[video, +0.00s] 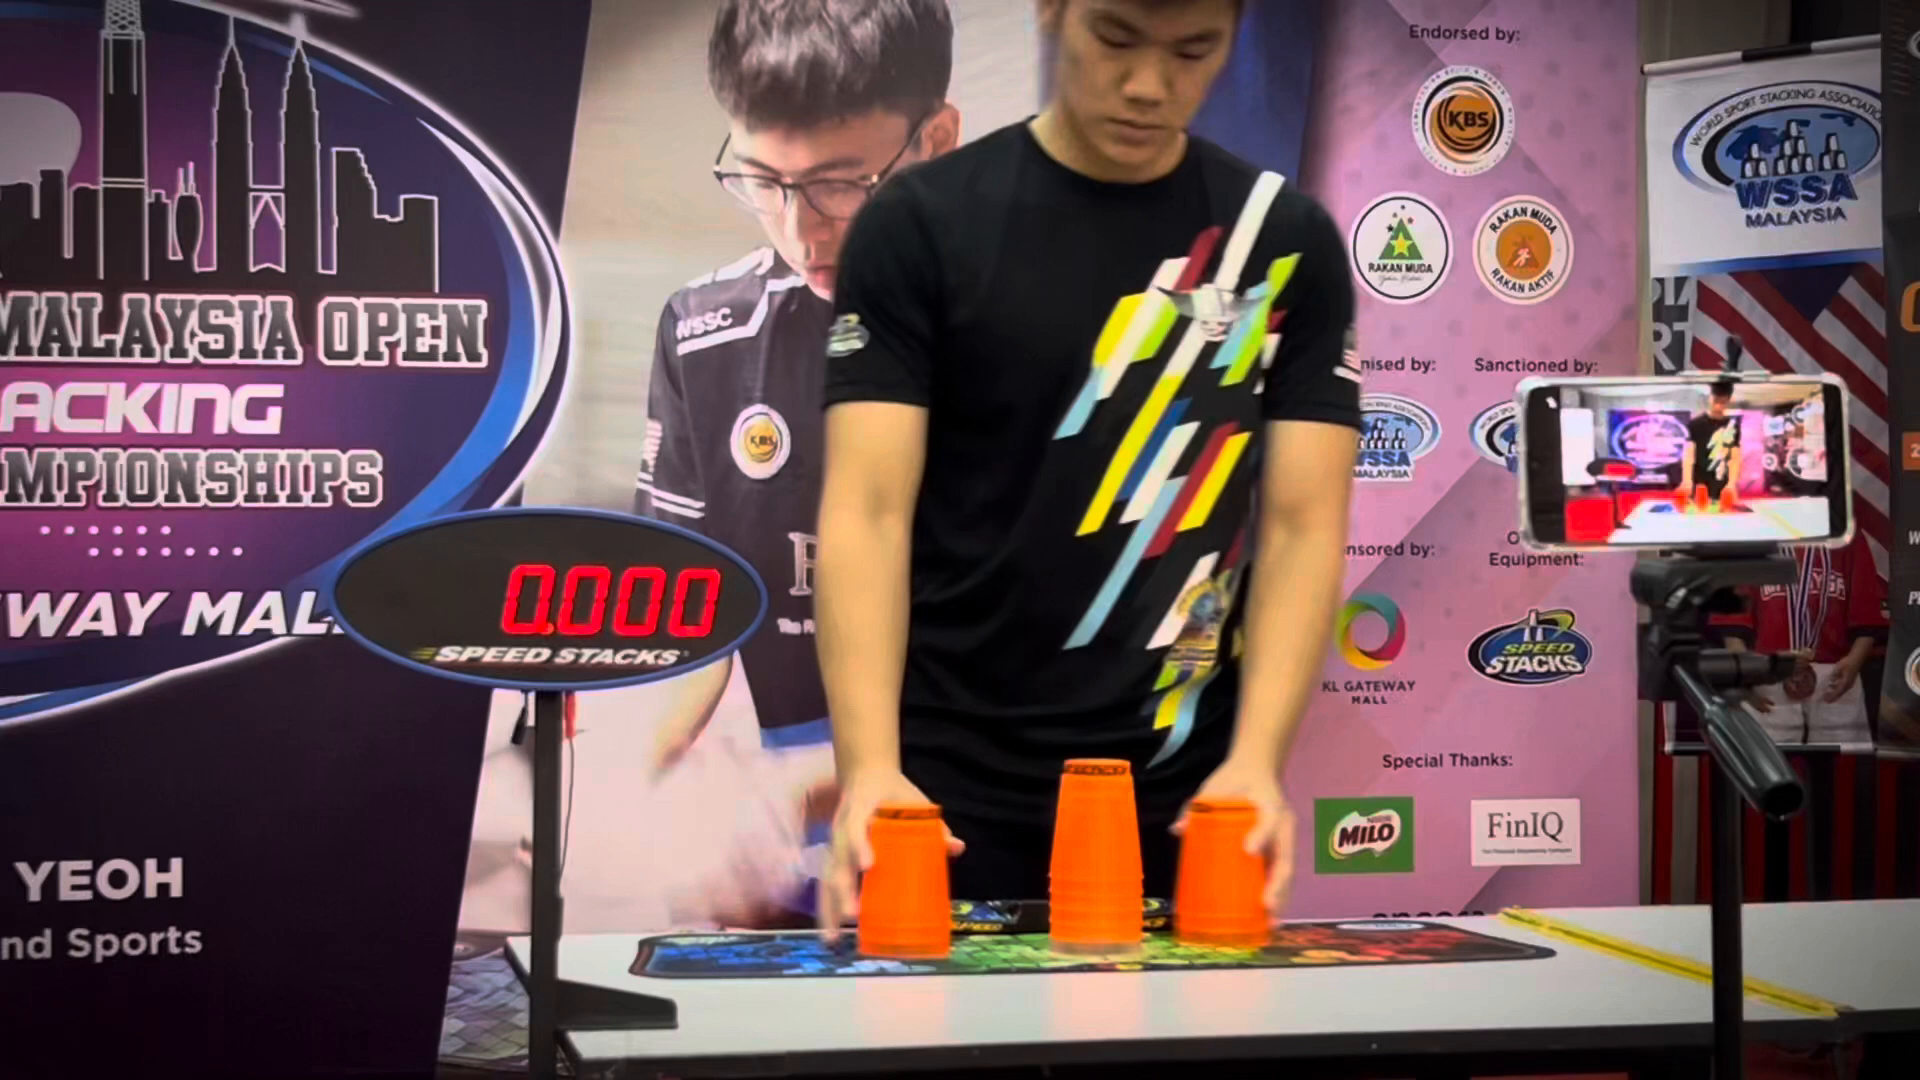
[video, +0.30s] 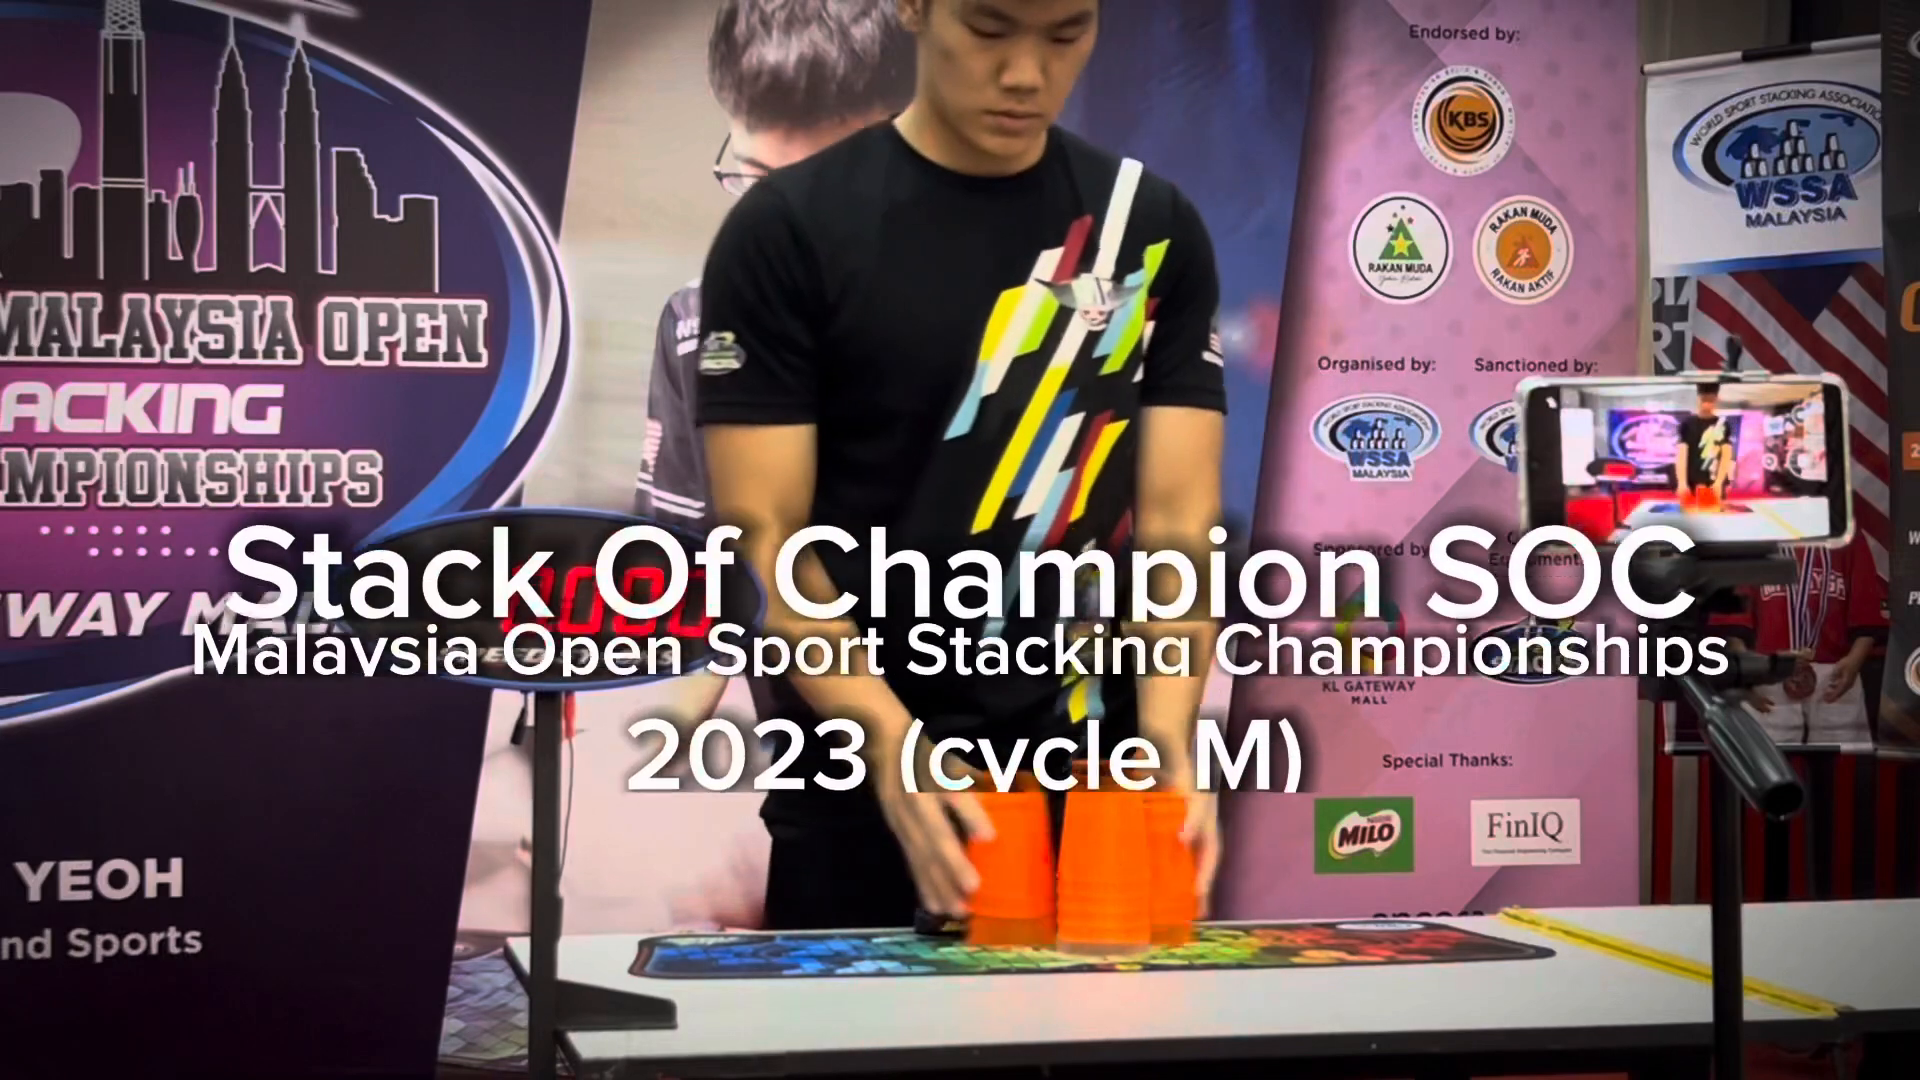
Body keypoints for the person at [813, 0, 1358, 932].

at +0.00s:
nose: (1149, 86)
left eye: (1193, 48)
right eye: (1113, 36)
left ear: (1231, 35)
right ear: (1052, 14)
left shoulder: (1289, 242)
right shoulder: (921, 222)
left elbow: (1303, 527)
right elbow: (866, 513)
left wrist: (1256, 760)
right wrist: (869, 768)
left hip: (1174, 828)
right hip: (951, 819)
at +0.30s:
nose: (1025, 75)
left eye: (1064, 34)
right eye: (987, 27)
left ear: (1095, 29)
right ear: (914, 12)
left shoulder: (1153, 231)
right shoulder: (788, 228)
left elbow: (1178, 523)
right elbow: (764, 533)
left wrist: (1170, 741)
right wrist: (890, 740)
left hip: (1081, 805)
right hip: (857, 802)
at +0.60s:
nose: (1006, 66)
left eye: (1045, 29)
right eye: (971, 21)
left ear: (1077, 30)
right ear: (903, 14)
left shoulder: (1138, 237)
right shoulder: (776, 226)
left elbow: (1193, 525)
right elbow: (729, 519)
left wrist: (1245, 750)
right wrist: (769, 747)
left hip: (1071, 802)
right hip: (847, 803)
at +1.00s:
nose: (1133, 93)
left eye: (1175, 62)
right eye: (1104, 47)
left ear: (1209, 77)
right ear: (1039, 39)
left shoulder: (1239, 277)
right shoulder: (897, 240)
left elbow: (1248, 446)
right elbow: (738, 393)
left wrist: (1208, 622)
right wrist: (812, 616)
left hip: (1145, 768)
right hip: (942, 757)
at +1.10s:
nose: (1146, 81)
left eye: (1186, 51)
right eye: (1116, 35)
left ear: (1216, 71)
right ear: (1053, 33)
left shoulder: (1249, 273)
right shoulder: (906, 232)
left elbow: (1257, 450)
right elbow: (785, 388)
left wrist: (1198, 588)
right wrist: (848, 588)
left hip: (1149, 740)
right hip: (949, 733)